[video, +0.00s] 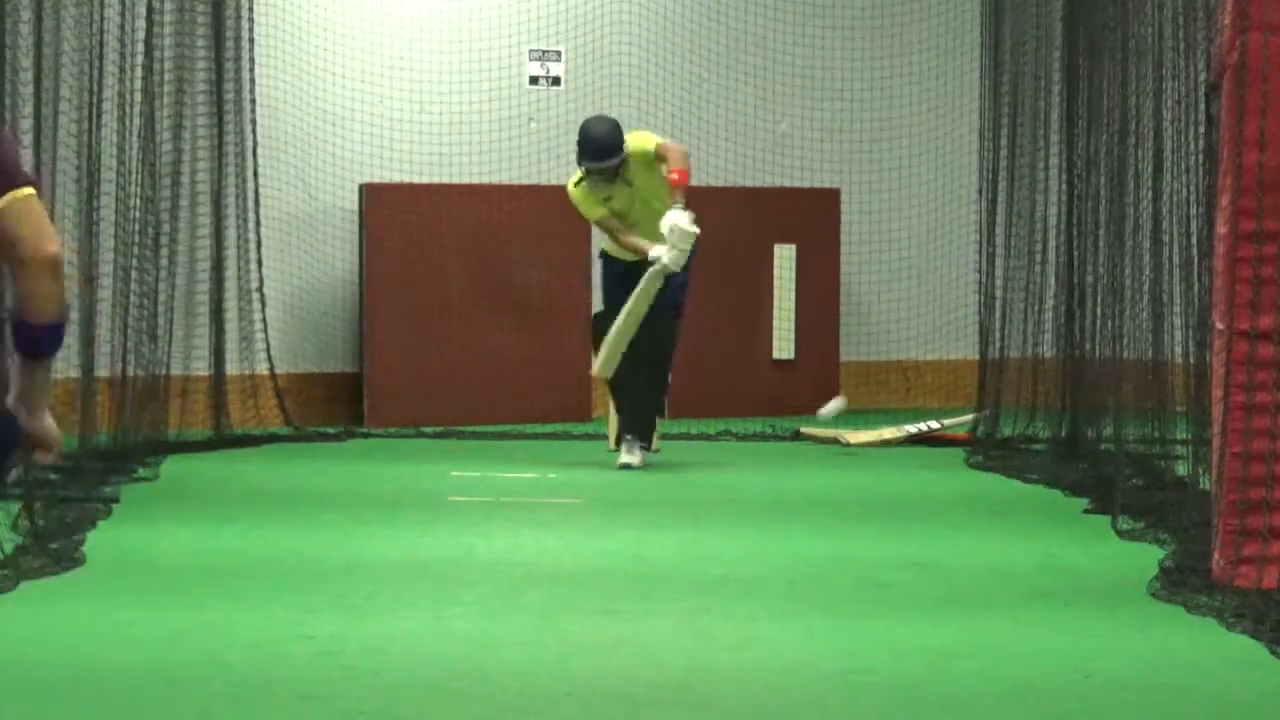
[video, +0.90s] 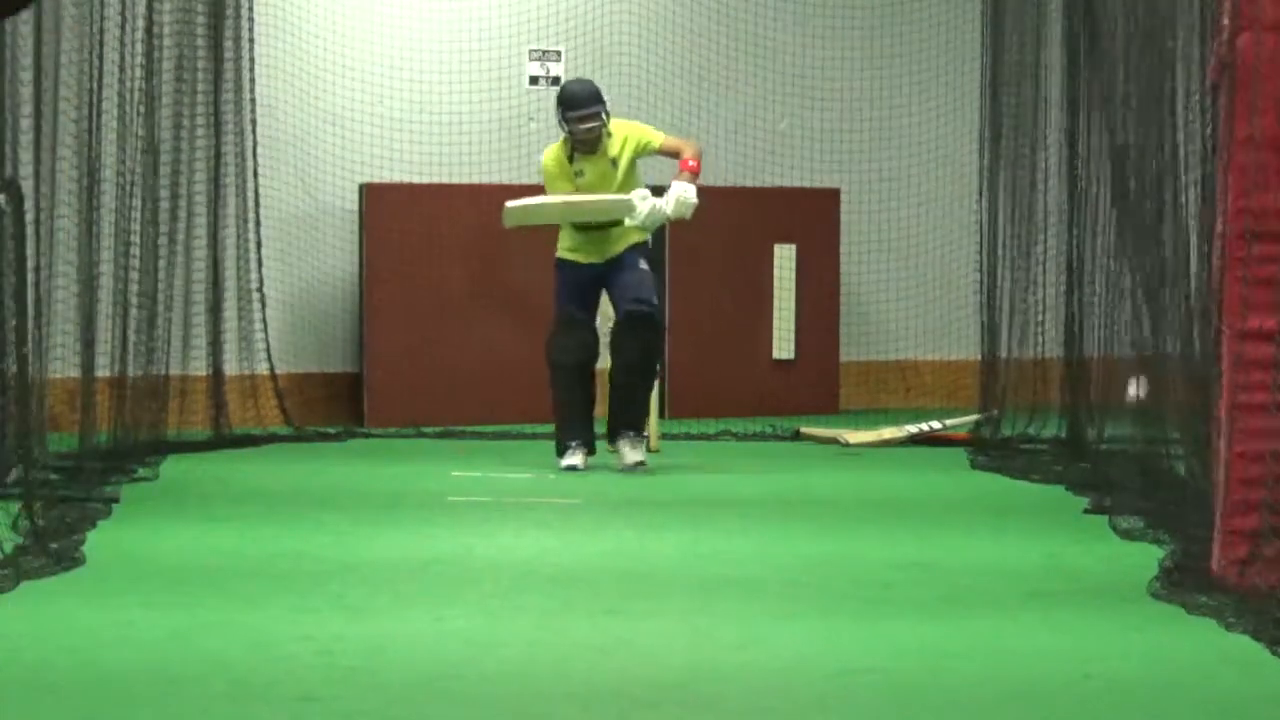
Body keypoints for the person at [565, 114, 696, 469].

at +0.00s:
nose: (605, 176)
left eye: (611, 168)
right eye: (596, 171)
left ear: (622, 153)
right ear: (583, 161)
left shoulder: (639, 146)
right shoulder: (580, 190)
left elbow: (677, 154)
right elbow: (617, 232)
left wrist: (677, 207)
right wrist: (652, 249)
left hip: (665, 253)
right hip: (621, 257)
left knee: (655, 341)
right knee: (620, 340)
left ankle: (638, 435)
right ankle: (632, 432)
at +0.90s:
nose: (587, 128)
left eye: (594, 119)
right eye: (578, 121)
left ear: (604, 117)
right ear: (564, 123)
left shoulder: (627, 136)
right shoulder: (554, 160)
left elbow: (689, 148)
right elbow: (574, 218)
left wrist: (684, 183)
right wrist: (628, 213)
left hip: (625, 249)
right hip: (576, 254)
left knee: (640, 319)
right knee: (571, 342)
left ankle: (628, 434)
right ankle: (574, 443)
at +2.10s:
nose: (611, 138)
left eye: (618, 130)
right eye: (603, 131)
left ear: (630, 116)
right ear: (589, 121)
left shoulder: (648, 117)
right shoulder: (577, 142)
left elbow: (697, 105)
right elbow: (583, 194)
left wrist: (690, 141)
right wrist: (631, 183)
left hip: (654, 237)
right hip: (607, 241)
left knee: (638, 332)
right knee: (598, 329)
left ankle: (626, 433)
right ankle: (604, 421)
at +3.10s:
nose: (620, 169)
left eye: (627, 160)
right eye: (612, 161)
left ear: (641, 160)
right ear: (602, 163)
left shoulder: (654, 198)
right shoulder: (620, 188)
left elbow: (663, 269)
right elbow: (633, 225)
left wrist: (642, 281)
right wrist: (628, 248)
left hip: (709, 257)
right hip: (681, 260)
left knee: (664, 342)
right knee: (642, 340)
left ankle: (679, 448)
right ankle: (664, 440)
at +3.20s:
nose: (618, 170)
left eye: (626, 161)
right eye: (610, 163)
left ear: (639, 162)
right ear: (599, 166)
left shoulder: (654, 199)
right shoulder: (610, 190)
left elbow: (662, 272)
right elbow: (620, 227)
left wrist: (626, 272)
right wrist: (613, 245)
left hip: (709, 257)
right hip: (678, 260)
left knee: (663, 334)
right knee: (647, 335)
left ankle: (672, 446)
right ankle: (660, 439)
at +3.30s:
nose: (622, 157)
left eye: (630, 150)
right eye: (615, 150)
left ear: (644, 153)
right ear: (605, 155)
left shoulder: (659, 190)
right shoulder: (614, 186)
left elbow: (662, 261)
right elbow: (615, 211)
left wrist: (618, 264)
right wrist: (601, 223)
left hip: (700, 260)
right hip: (666, 264)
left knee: (653, 336)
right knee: (629, 339)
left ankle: (670, 446)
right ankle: (659, 439)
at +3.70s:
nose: (640, 88)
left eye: (647, 78)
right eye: (638, 80)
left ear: (671, 81)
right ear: (638, 86)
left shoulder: (689, 114)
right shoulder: (636, 124)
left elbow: (676, 79)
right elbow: (609, 162)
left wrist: (629, 82)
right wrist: (594, 128)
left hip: (682, 233)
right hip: (643, 235)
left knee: (674, 332)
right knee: (634, 332)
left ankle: (685, 438)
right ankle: (650, 431)